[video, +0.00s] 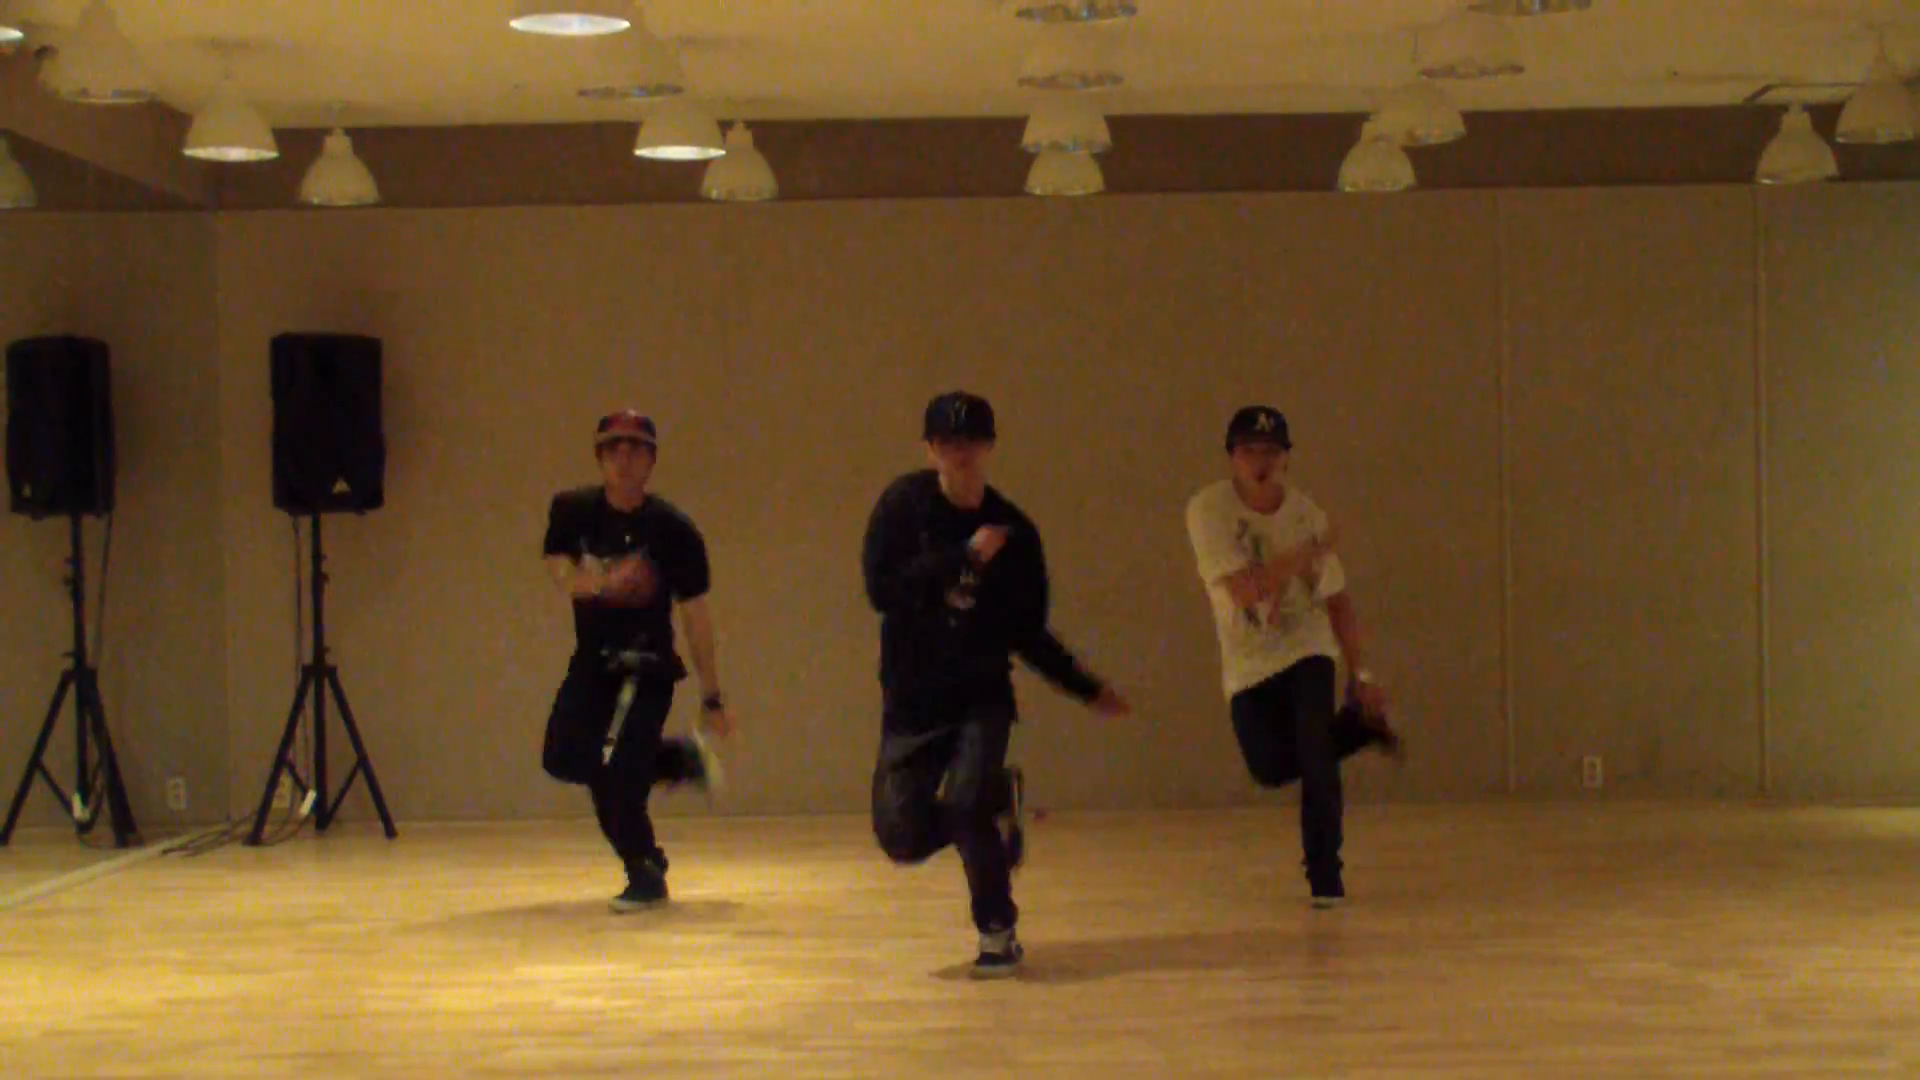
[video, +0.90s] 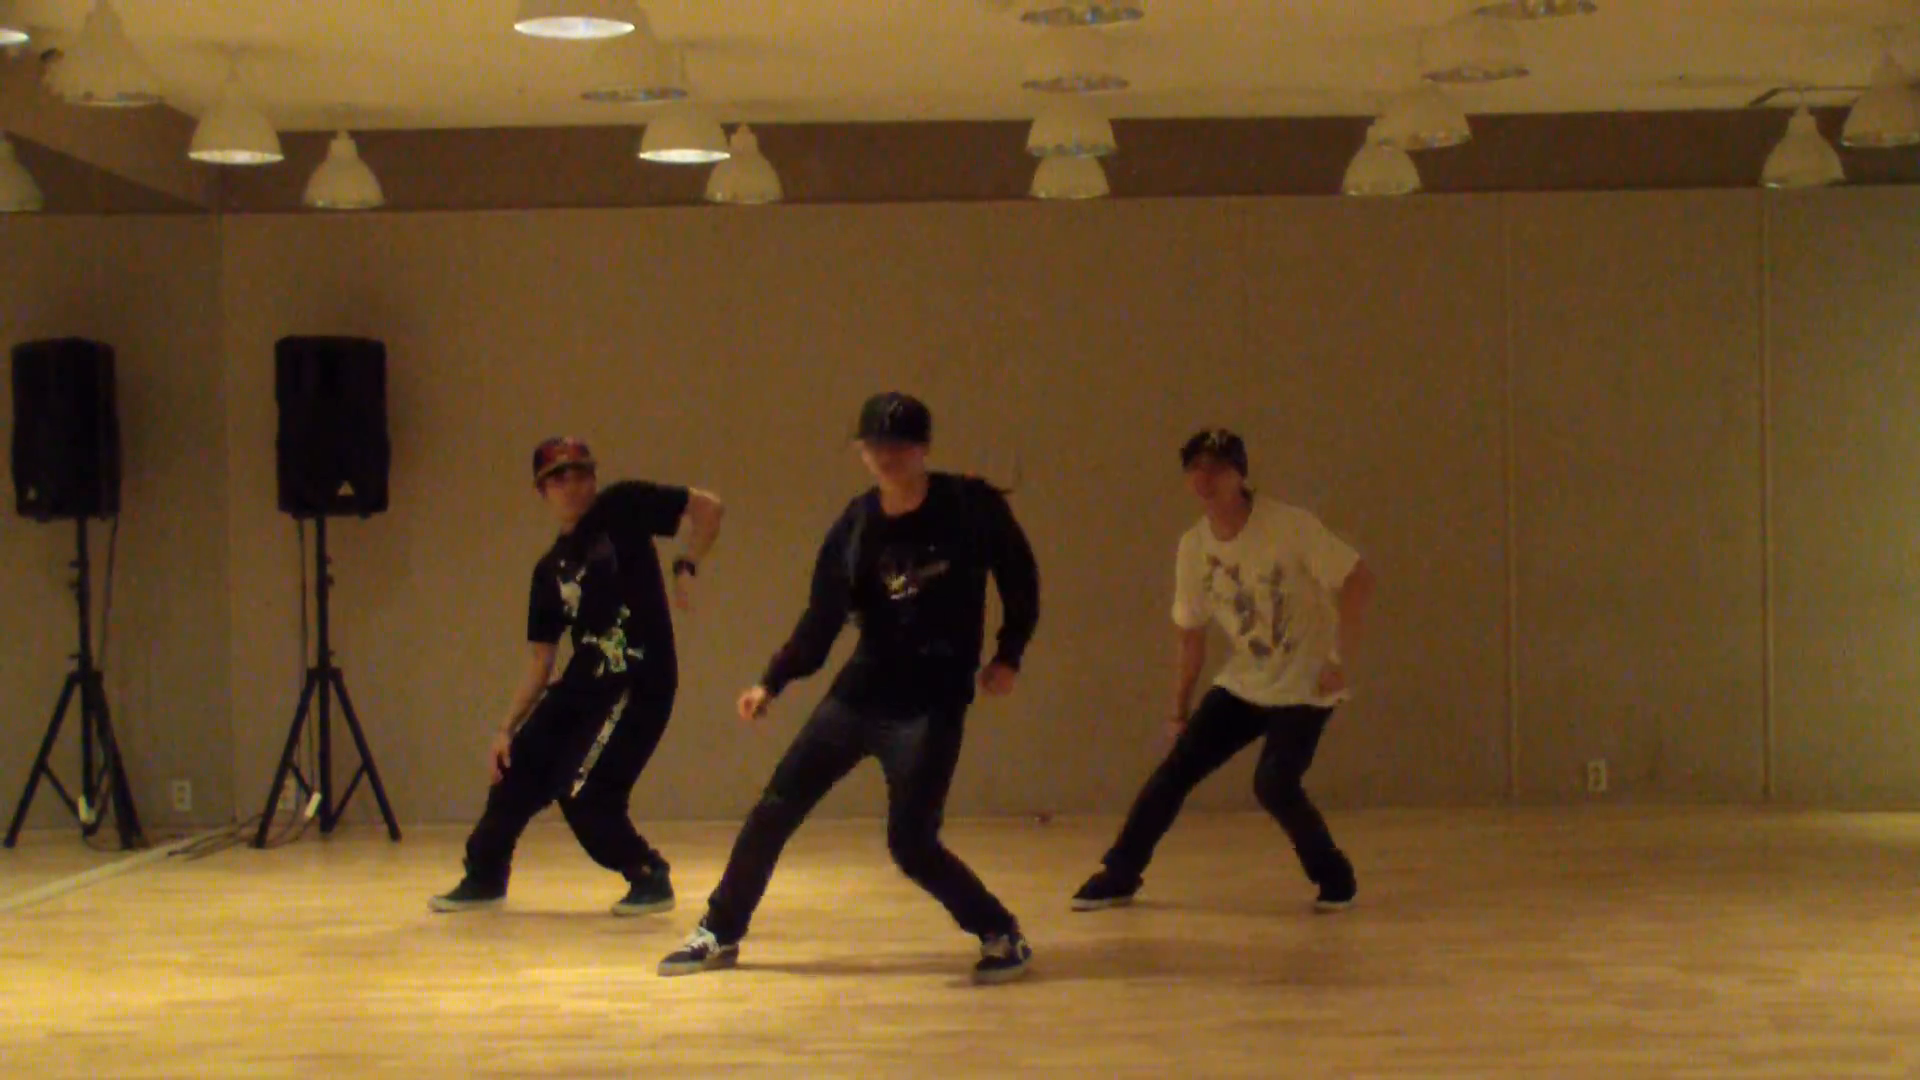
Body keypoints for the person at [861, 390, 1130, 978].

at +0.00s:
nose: (965, 460)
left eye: (975, 448)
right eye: (953, 449)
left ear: (990, 449)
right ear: (931, 450)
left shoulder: (1011, 528)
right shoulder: (902, 505)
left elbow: (1025, 631)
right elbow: (882, 593)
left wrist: (1087, 687)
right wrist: (964, 557)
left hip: (982, 693)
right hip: (913, 694)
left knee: (970, 802)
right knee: (900, 839)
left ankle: (995, 927)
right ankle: (991, 803)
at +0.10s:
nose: (936, 464)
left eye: (948, 451)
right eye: (927, 452)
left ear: (975, 445)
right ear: (916, 449)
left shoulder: (1000, 518)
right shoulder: (896, 492)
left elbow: (1003, 619)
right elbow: (861, 581)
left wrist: (1074, 652)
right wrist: (938, 539)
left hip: (966, 693)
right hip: (898, 690)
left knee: (955, 820)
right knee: (861, 846)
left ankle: (992, 930)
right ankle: (932, 805)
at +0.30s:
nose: (847, 505)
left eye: (851, 493)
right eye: (839, 496)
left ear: (877, 469)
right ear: (871, 468)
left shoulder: (886, 536)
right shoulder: (917, 497)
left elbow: (869, 633)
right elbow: (968, 505)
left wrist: (810, 725)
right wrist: (988, 531)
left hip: (939, 709)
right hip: (879, 700)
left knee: (895, 841)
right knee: (787, 807)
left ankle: (989, 929)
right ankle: (720, 928)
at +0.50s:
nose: (817, 516)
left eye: (822, 504)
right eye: (810, 505)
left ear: (846, 482)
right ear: (851, 475)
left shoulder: (855, 540)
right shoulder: (901, 502)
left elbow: (843, 646)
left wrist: (794, 740)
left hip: (930, 715)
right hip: (874, 704)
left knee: (885, 852)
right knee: (784, 805)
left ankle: (997, 928)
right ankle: (719, 932)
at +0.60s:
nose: (832, 512)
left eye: (838, 496)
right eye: (822, 502)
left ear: (863, 471)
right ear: (811, 486)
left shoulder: (921, 509)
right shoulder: (841, 522)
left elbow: (926, 587)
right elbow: (853, 620)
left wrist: (866, 598)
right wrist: (829, 702)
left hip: (929, 707)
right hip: (861, 698)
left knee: (893, 848)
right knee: (778, 803)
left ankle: (998, 930)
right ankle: (718, 932)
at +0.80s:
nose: (864, 478)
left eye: (876, 466)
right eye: (853, 466)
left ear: (903, 459)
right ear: (842, 465)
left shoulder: (949, 492)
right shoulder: (836, 534)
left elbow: (1004, 535)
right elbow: (819, 631)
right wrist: (784, 705)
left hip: (932, 706)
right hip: (862, 697)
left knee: (897, 854)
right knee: (768, 811)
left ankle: (996, 930)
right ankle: (718, 934)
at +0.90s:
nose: (889, 463)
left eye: (900, 450)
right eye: (878, 451)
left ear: (924, 449)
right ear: (862, 453)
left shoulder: (975, 507)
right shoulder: (855, 527)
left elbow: (1021, 580)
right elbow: (821, 621)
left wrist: (1008, 655)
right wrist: (770, 682)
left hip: (935, 698)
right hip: (863, 686)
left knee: (912, 844)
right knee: (776, 806)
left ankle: (1000, 933)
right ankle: (718, 933)